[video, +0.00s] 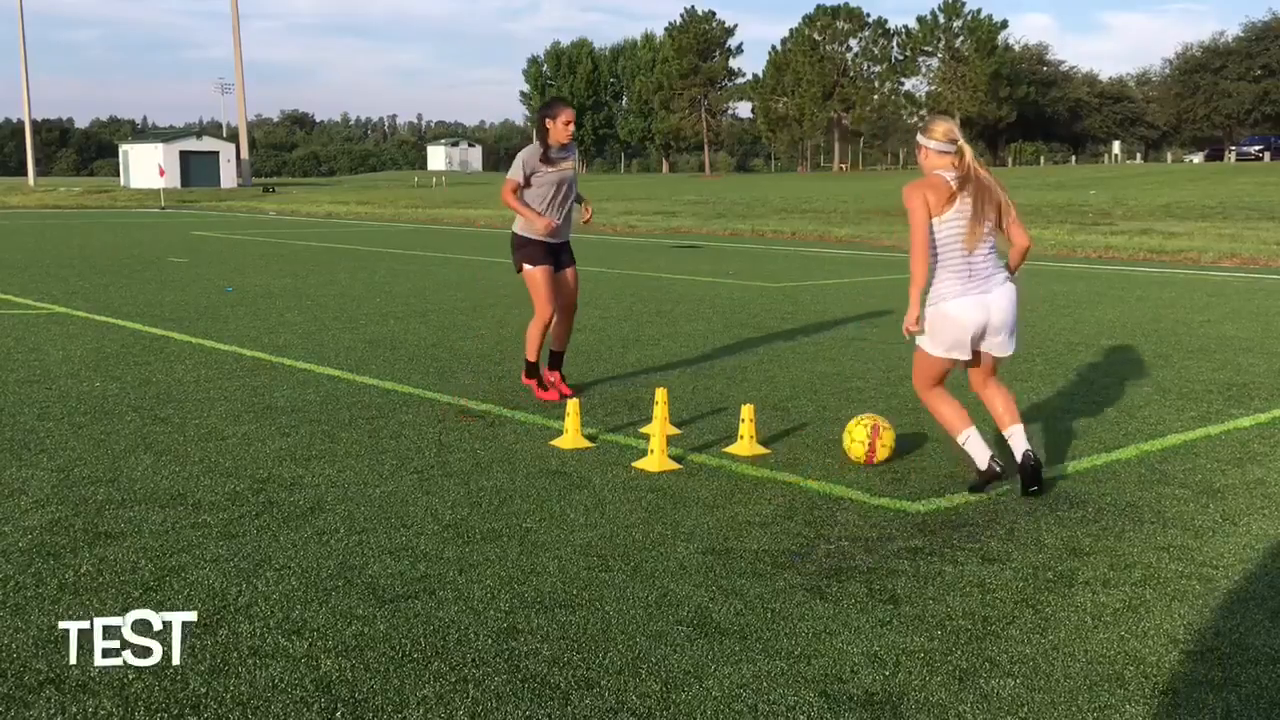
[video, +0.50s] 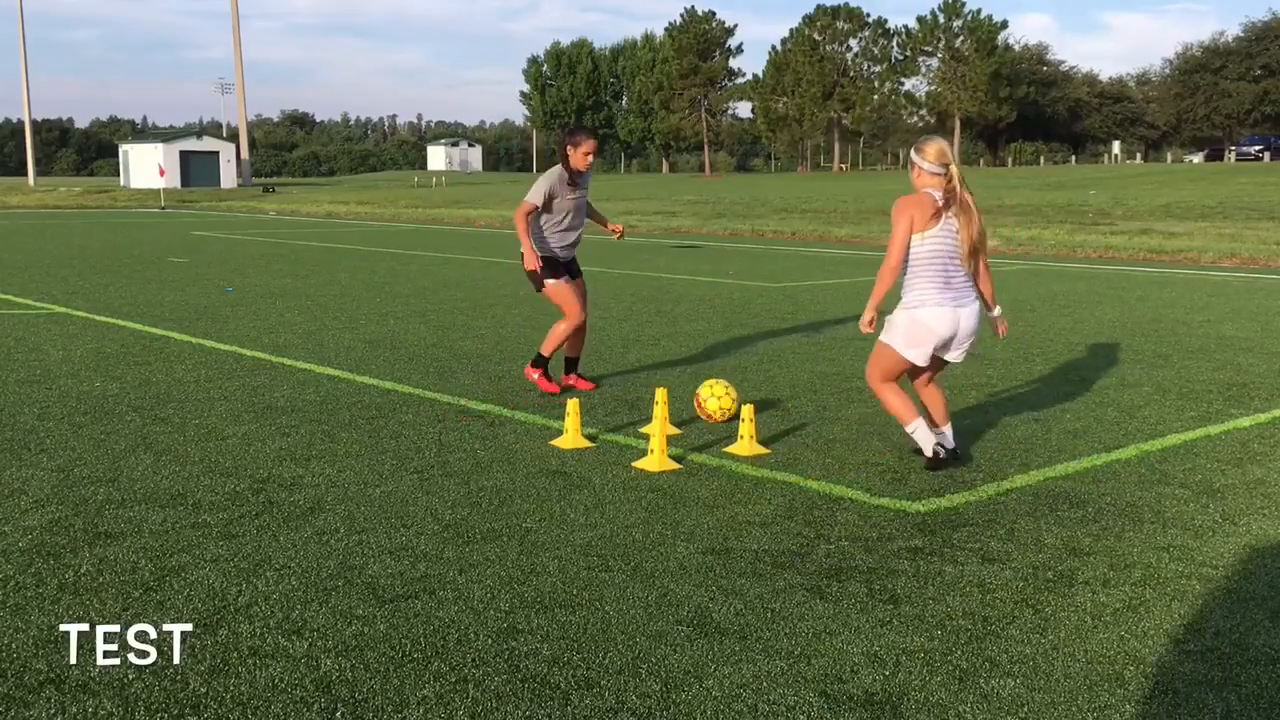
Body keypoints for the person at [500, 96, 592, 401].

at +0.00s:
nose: (572, 129)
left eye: (573, 124)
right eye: (566, 124)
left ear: (572, 126)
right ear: (548, 124)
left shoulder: (569, 153)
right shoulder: (529, 155)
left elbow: (564, 187)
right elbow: (507, 194)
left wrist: (583, 201)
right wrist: (535, 218)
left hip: (560, 241)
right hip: (531, 241)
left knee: (568, 307)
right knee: (545, 311)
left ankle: (553, 372)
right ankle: (531, 374)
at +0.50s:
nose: (591, 160)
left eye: (593, 155)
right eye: (586, 155)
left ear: (593, 155)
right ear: (569, 151)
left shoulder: (583, 177)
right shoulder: (551, 178)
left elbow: (582, 206)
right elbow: (521, 213)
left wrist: (607, 225)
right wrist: (527, 249)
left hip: (567, 256)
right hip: (542, 256)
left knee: (580, 316)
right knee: (574, 315)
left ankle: (570, 374)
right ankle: (536, 367)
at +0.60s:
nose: (590, 172)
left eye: (593, 166)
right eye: (586, 165)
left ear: (595, 165)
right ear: (569, 162)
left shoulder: (586, 189)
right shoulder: (546, 186)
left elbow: (601, 217)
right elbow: (510, 214)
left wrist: (628, 239)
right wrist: (501, 254)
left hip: (553, 258)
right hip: (533, 257)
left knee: (576, 313)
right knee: (586, 299)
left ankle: (570, 371)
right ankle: (565, 359)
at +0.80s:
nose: (580, 186)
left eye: (583, 181)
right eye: (575, 180)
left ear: (586, 179)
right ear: (560, 175)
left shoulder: (583, 205)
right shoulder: (535, 195)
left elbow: (611, 228)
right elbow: (502, 222)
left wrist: (644, 239)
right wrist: (489, 260)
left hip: (540, 266)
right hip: (513, 262)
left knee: (571, 315)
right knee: (568, 296)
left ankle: (568, 374)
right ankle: (585, 367)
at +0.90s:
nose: (564, 182)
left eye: (567, 176)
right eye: (559, 176)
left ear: (570, 174)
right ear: (543, 171)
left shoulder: (571, 198)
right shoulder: (522, 195)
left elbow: (596, 222)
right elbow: (490, 224)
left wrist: (617, 221)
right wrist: (480, 262)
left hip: (538, 268)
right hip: (507, 266)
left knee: (566, 323)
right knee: (542, 308)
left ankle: (568, 378)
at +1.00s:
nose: (542, 173)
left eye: (545, 167)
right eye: (537, 167)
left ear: (548, 164)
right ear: (522, 162)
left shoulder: (551, 188)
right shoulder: (500, 188)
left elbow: (566, 216)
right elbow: (471, 225)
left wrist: (581, 211)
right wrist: (470, 258)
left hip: (531, 273)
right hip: (497, 272)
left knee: (555, 329)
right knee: (497, 336)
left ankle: (563, 375)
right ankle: (460, 389)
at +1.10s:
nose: (523, 166)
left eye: (527, 160)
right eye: (518, 160)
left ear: (531, 158)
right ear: (503, 156)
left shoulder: (532, 182)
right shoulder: (484, 186)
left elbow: (534, 212)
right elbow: (462, 228)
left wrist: (560, 212)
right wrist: (468, 249)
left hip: (520, 271)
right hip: (485, 270)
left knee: (548, 333)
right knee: (482, 333)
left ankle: (542, 367)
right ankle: (457, 388)